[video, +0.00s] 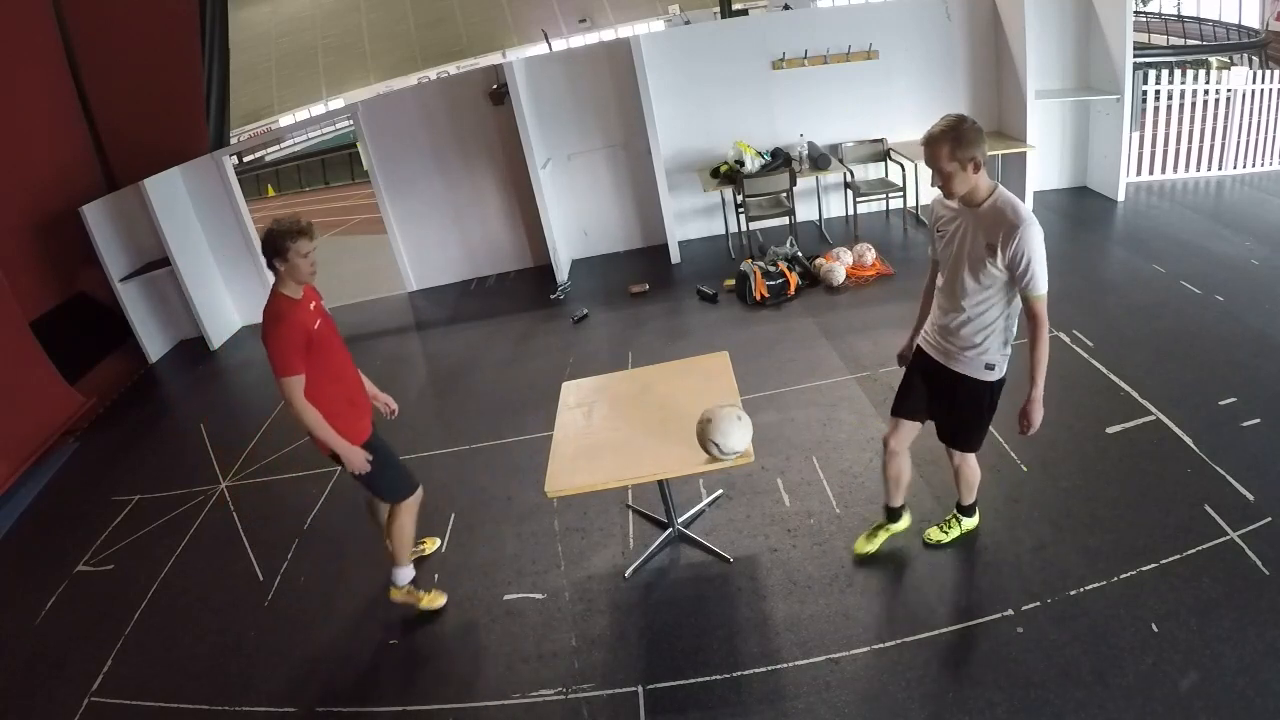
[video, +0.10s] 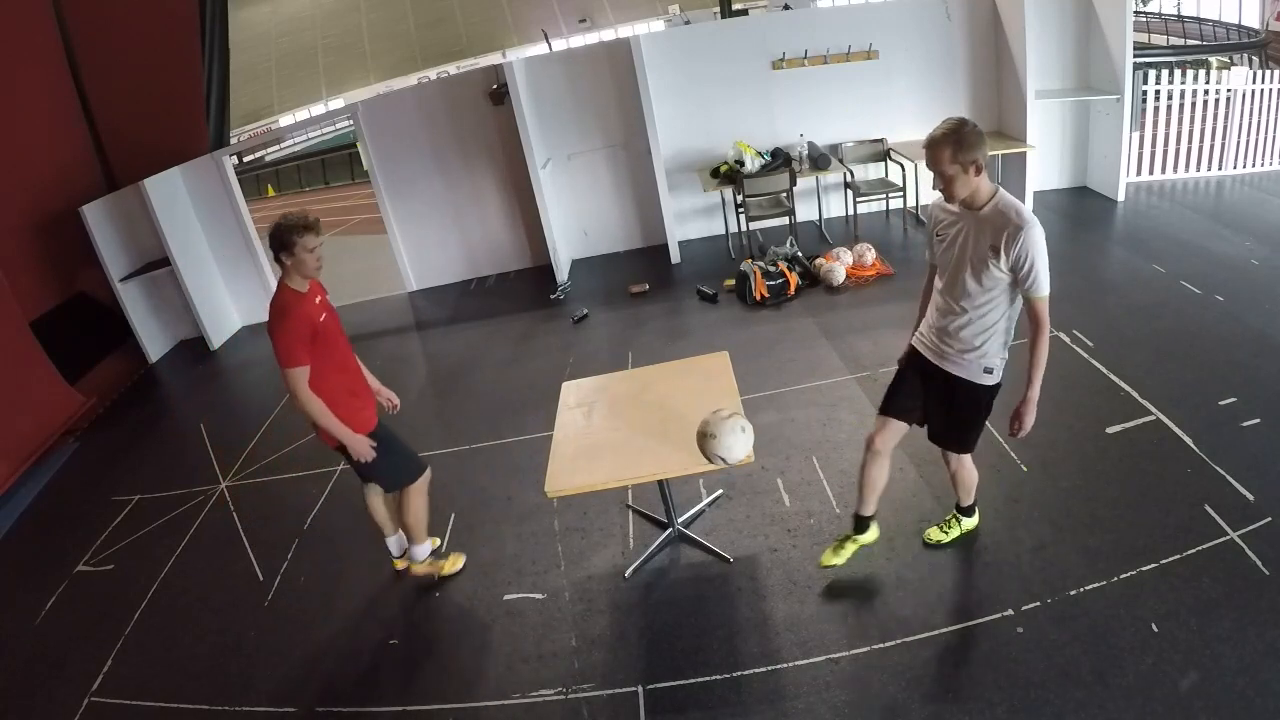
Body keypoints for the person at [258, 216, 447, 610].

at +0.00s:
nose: (313, 260)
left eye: (313, 252)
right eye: (303, 256)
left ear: (312, 251)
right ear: (279, 265)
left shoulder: (307, 292)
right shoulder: (281, 322)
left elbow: (334, 352)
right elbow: (295, 400)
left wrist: (371, 391)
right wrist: (343, 448)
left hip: (356, 415)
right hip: (344, 433)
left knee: (380, 489)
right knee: (408, 493)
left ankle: (398, 547)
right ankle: (402, 583)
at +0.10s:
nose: (320, 256)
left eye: (319, 248)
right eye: (310, 251)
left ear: (318, 247)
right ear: (286, 259)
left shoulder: (311, 287)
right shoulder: (287, 315)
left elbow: (339, 348)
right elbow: (301, 394)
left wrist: (374, 385)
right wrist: (348, 437)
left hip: (356, 408)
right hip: (349, 423)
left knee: (374, 482)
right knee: (417, 473)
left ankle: (399, 548)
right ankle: (421, 556)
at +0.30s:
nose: (336, 249)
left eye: (336, 241)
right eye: (328, 244)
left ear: (335, 239)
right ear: (304, 251)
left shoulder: (326, 281)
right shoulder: (310, 305)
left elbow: (351, 345)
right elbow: (323, 382)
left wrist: (384, 384)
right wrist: (361, 432)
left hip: (364, 402)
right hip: (365, 412)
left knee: (373, 477)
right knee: (426, 453)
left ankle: (400, 551)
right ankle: (460, 506)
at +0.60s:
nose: (375, 231)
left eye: (375, 223)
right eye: (364, 227)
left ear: (375, 222)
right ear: (342, 235)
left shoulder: (356, 258)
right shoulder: (356, 284)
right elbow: (372, 357)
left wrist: (413, 368)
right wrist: (407, 409)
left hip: (398, 380)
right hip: (407, 385)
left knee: (410, 447)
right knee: (441, 439)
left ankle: (403, 528)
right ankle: (464, 497)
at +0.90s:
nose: (407, 218)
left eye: (407, 210)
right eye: (398, 214)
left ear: (407, 207)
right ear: (375, 219)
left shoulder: (395, 244)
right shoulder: (382, 267)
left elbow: (417, 297)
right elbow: (405, 337)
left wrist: (445, 325)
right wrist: (459, 361)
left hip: (433, 353)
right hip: (420, 367)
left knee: (461, 402)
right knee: (453, 430)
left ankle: (468, 465)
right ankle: (461, 496)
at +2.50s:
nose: (445, 207)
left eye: (448, 199)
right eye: (436, 202)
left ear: (454, 192)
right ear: (420, 200)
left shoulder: (469, 217)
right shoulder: (413, 245)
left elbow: (495, 262)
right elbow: (412, 311)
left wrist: (528, 301)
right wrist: (438, 362)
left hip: (494, 328)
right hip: (458, 348)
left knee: (517, 381)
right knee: (471, 417)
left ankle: (528, 437)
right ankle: (479, 481)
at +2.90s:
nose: (434, 223)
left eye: (439, 215)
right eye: (426, 219)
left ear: (444, 206)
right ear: (409, 212)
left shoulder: (458, 225)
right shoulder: (396, 252)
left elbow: (475, 263)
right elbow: (390, 321)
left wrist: (492, 301)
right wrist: (416, 369)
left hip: (479, 342)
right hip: (440, 358)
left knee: (493, 408)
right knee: (461, 425)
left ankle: (500, 475)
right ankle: (477, 482)